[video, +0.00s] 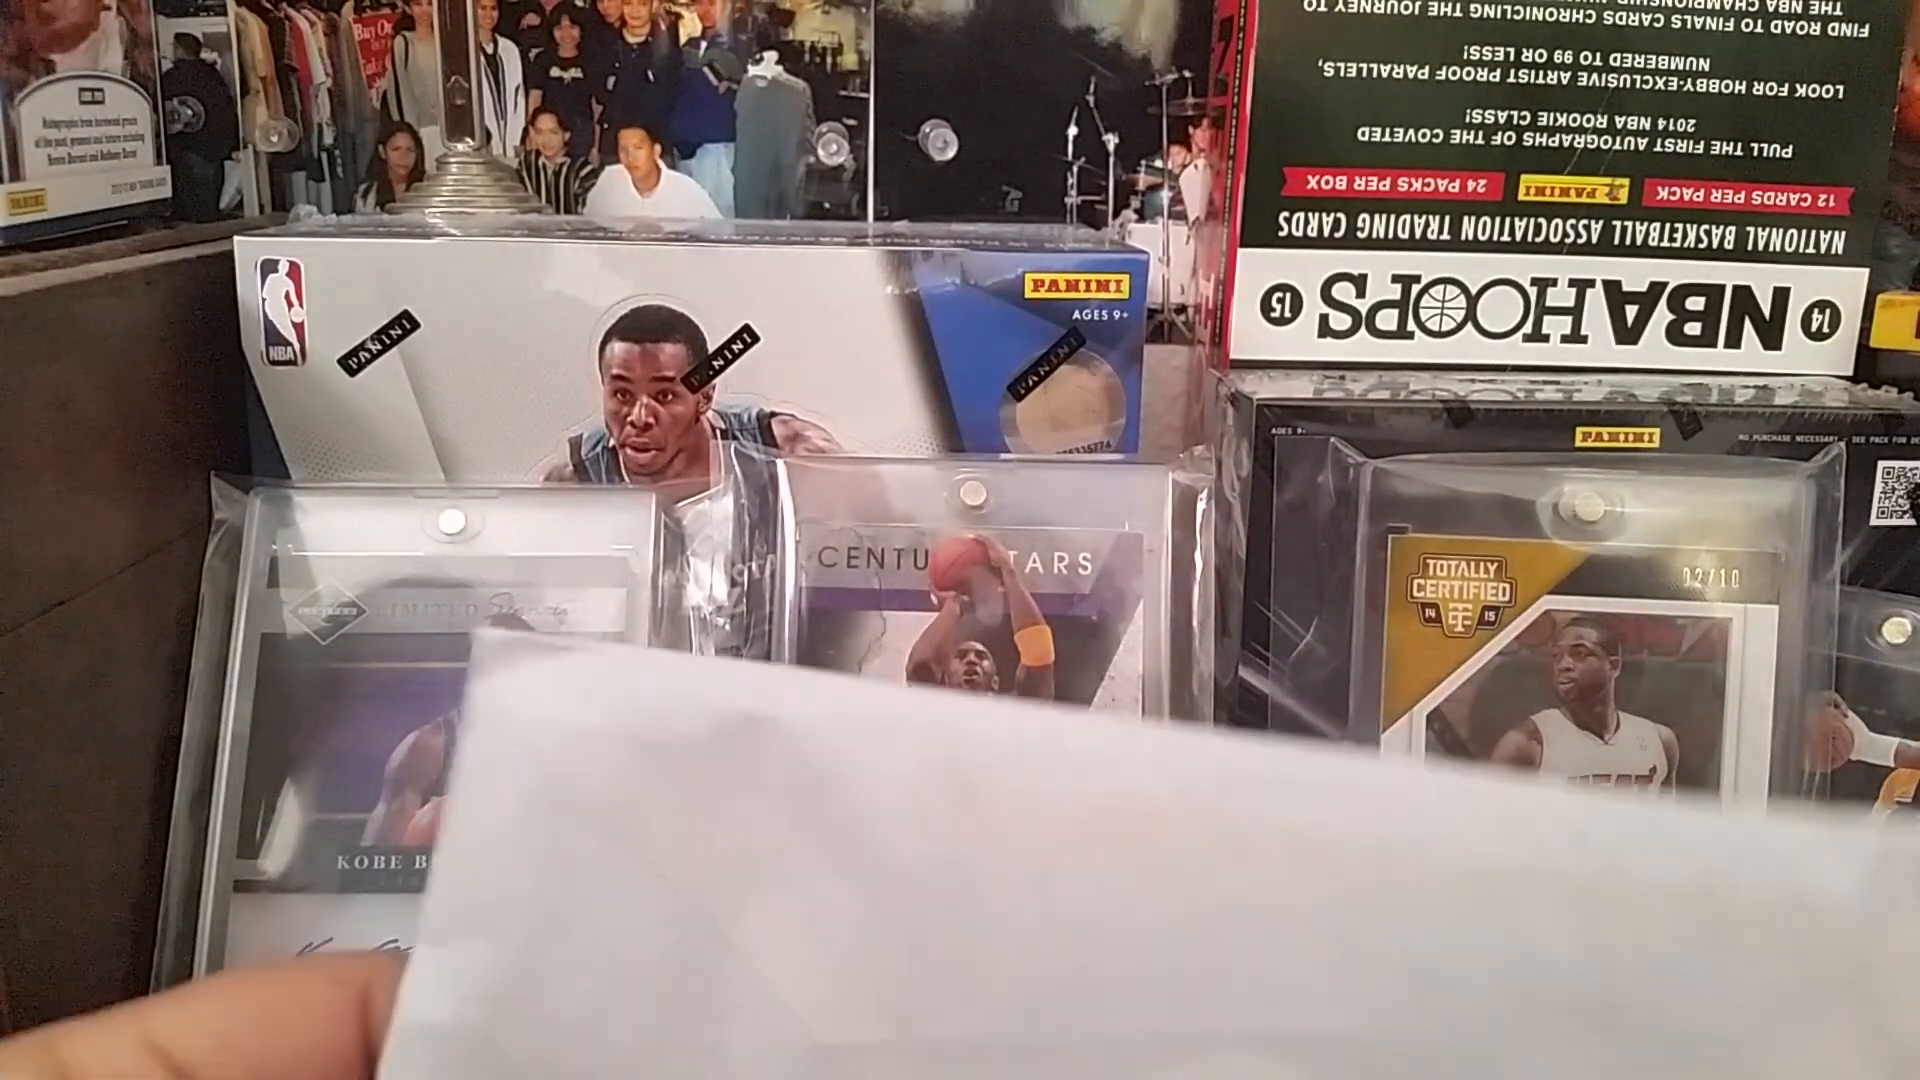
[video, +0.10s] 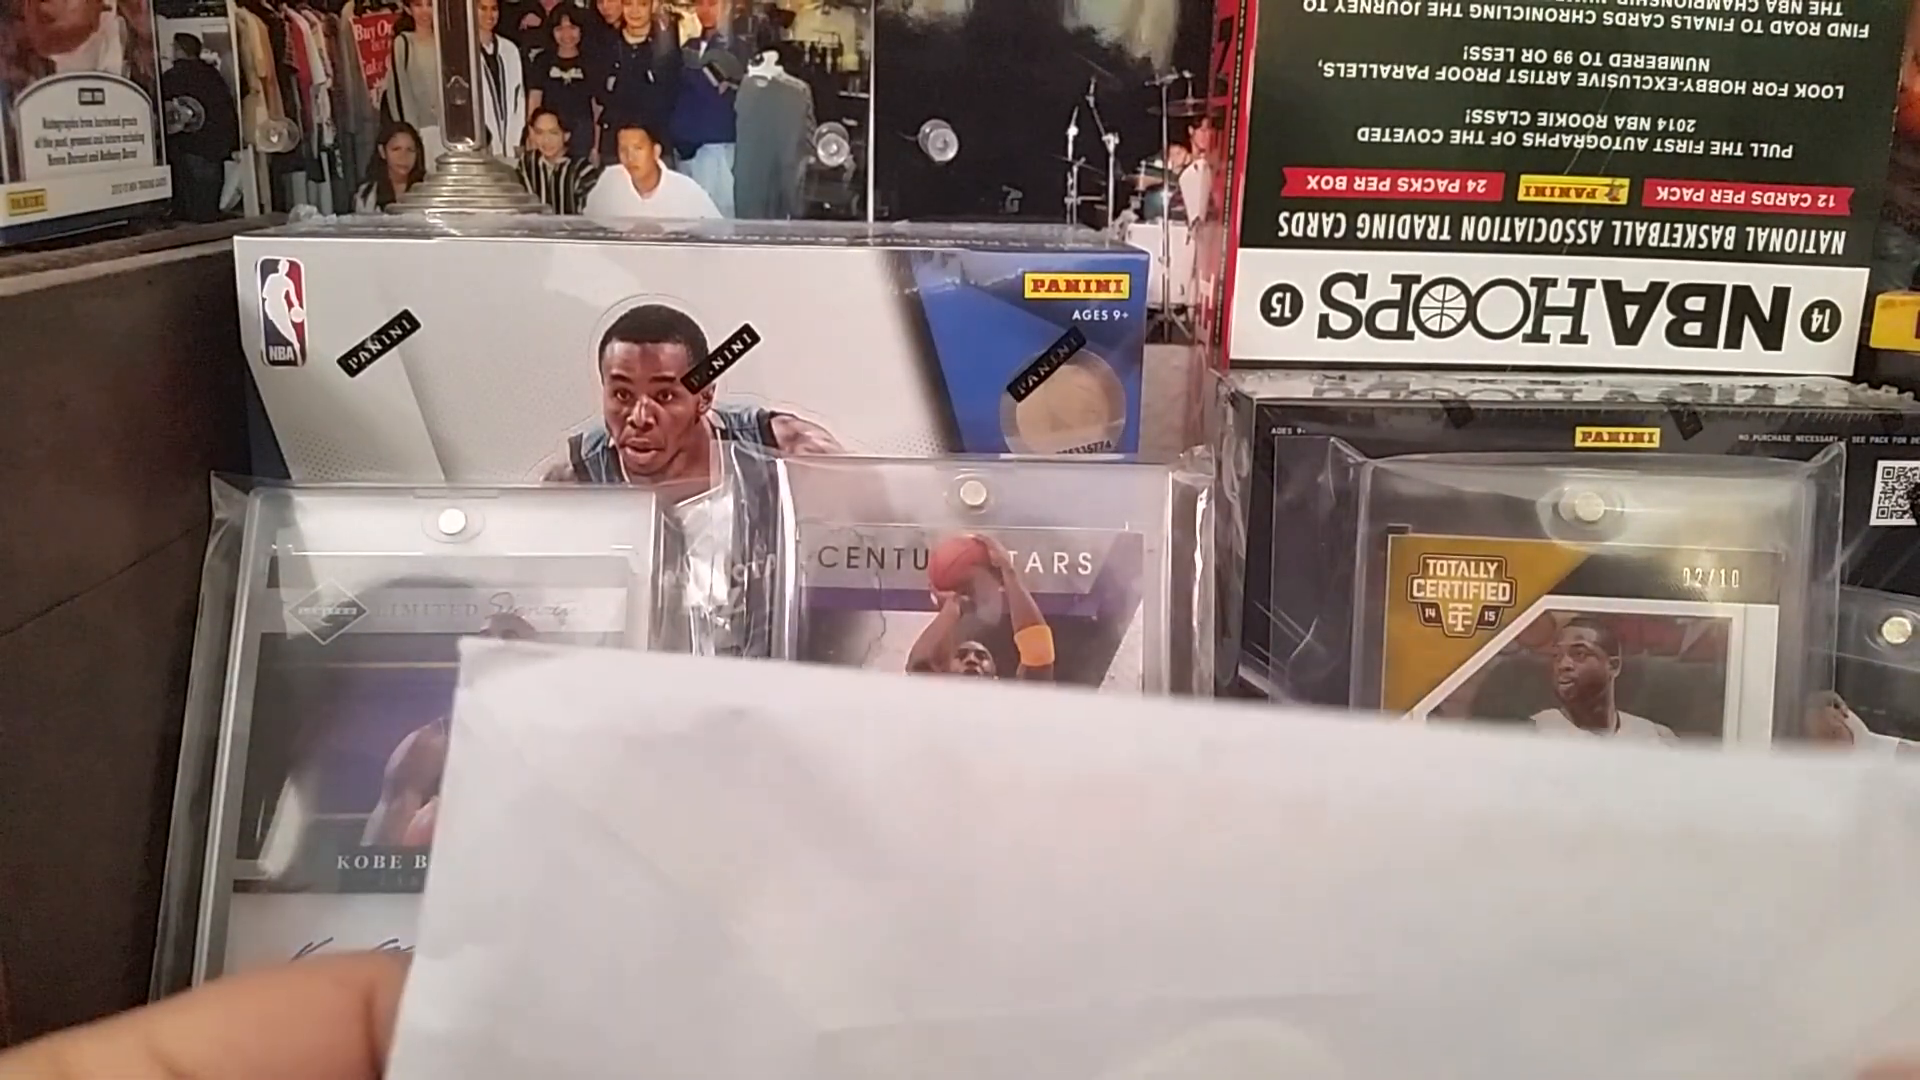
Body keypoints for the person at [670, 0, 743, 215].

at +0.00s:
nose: (701, 10)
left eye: (708, 4)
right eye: (699, 4)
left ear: (723, 7)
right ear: (695, 8)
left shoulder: (734, 47)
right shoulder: (689, 47)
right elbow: (674, 90)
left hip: (716, 141)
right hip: (683, 140)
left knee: (715, 212)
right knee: (687, 210)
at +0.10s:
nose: (703, 10)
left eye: (710, 4)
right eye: (700, 4)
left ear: (723, 8)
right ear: (695, 9)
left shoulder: (734, 49)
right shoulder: (688, 48)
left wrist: (686, 68)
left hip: (717, 140)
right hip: (683, 139)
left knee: (715, 209)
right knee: (687, 207)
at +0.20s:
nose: (703, 9)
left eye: (710, 4)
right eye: (701, 4)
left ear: (724, 8)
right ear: (696, 9)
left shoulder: (735, 49)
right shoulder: (688, 48)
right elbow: (674, 90)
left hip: (718, 139)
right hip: (683, 139)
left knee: (716, 207)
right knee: (687, 206)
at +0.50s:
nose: (704, 10)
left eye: (711, 3)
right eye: (699, 4)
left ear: (725, 6)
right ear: (694, 8)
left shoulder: (739, 49)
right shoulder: (687, 48)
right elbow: (672, 94)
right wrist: (671, 137)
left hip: (719, 144)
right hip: (683, 144)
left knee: (716, 216)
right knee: (686, 214)